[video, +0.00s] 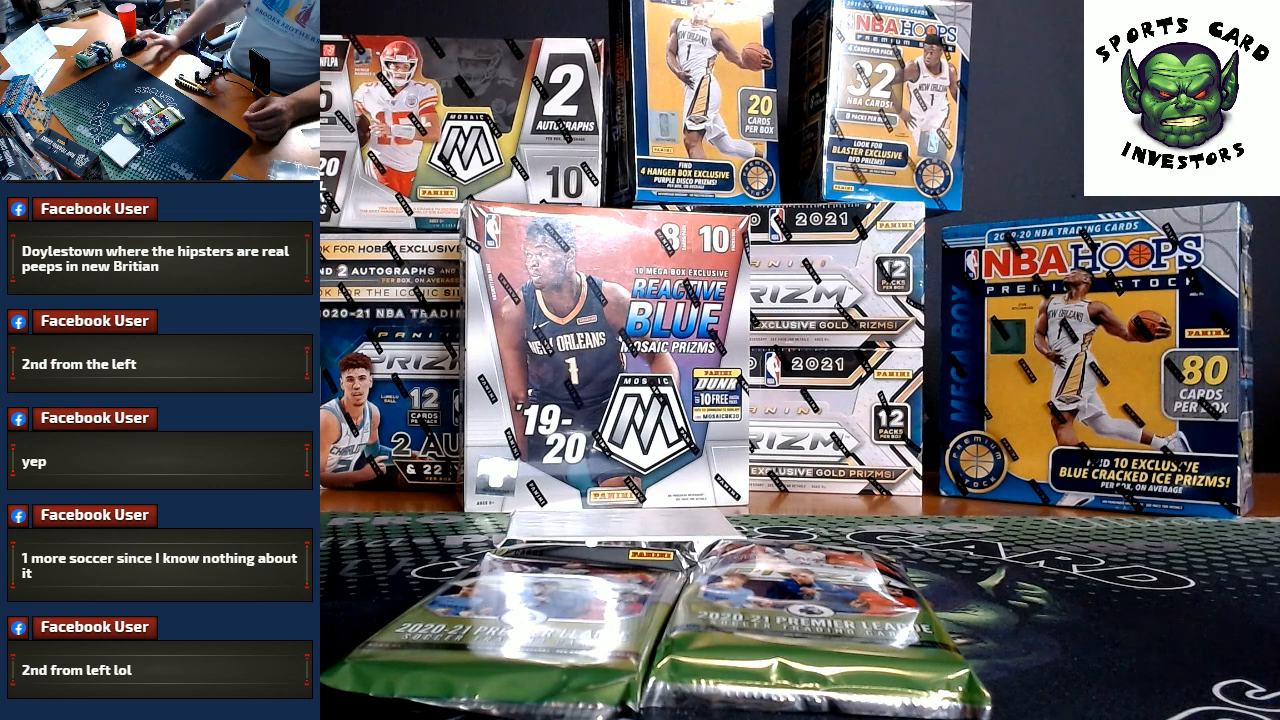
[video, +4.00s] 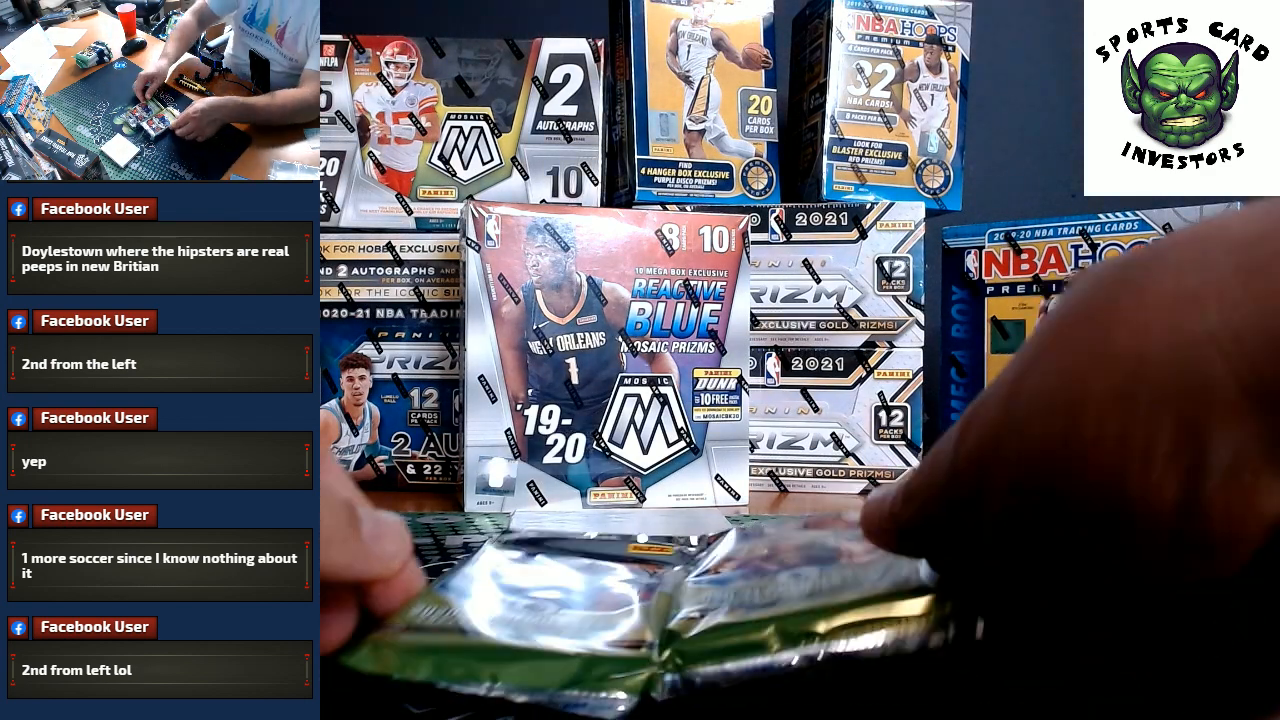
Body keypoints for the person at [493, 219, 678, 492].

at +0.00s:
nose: (532, 263)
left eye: (542, 254)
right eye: (529, 255)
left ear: (570, 255)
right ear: (524, 259)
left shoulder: (612, 299)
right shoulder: (514, 312)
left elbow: (658, 357)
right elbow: (518, 399)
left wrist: (663, 417)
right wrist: (524, 461)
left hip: (610, 424)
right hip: (549, 428)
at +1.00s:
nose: (532, 263)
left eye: (542, 254)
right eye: (529, 255)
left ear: (570, 256)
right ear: (524, 258)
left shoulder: (611, 299)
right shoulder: (514, 312)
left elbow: (657, 357)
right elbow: (518, 398)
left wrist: (663, 414)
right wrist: (524, 460)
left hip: (610, 424)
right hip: (549, 428)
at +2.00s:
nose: (532, 263)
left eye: (542, 254)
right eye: (529, 255)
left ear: (569, 255)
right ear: (525, 259)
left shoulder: (611, 299)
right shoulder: (513, 313)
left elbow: (658, 357)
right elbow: (518, 399)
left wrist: (663, 413)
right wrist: (524, 461)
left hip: (610, 421)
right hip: (549, 425)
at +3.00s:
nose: (532, 263)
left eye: (542, 254)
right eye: (529, 255)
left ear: (570, 255)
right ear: (525, 259)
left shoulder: (611, 299)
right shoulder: (513, 313)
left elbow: (658, 357)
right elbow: (518, 398)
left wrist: (662, 413)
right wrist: (524, 460)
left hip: (610, 422)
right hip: (549, 427)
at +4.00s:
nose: (533, 264)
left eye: (542, 255)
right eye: (530, 255)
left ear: (569, 257)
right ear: (525, 258)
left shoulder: (611, 299)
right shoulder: (514, 312)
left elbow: (657, 356)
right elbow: (517, 400)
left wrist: (666, 412)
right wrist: (521, 465)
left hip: (609, 423)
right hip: (549, 428)